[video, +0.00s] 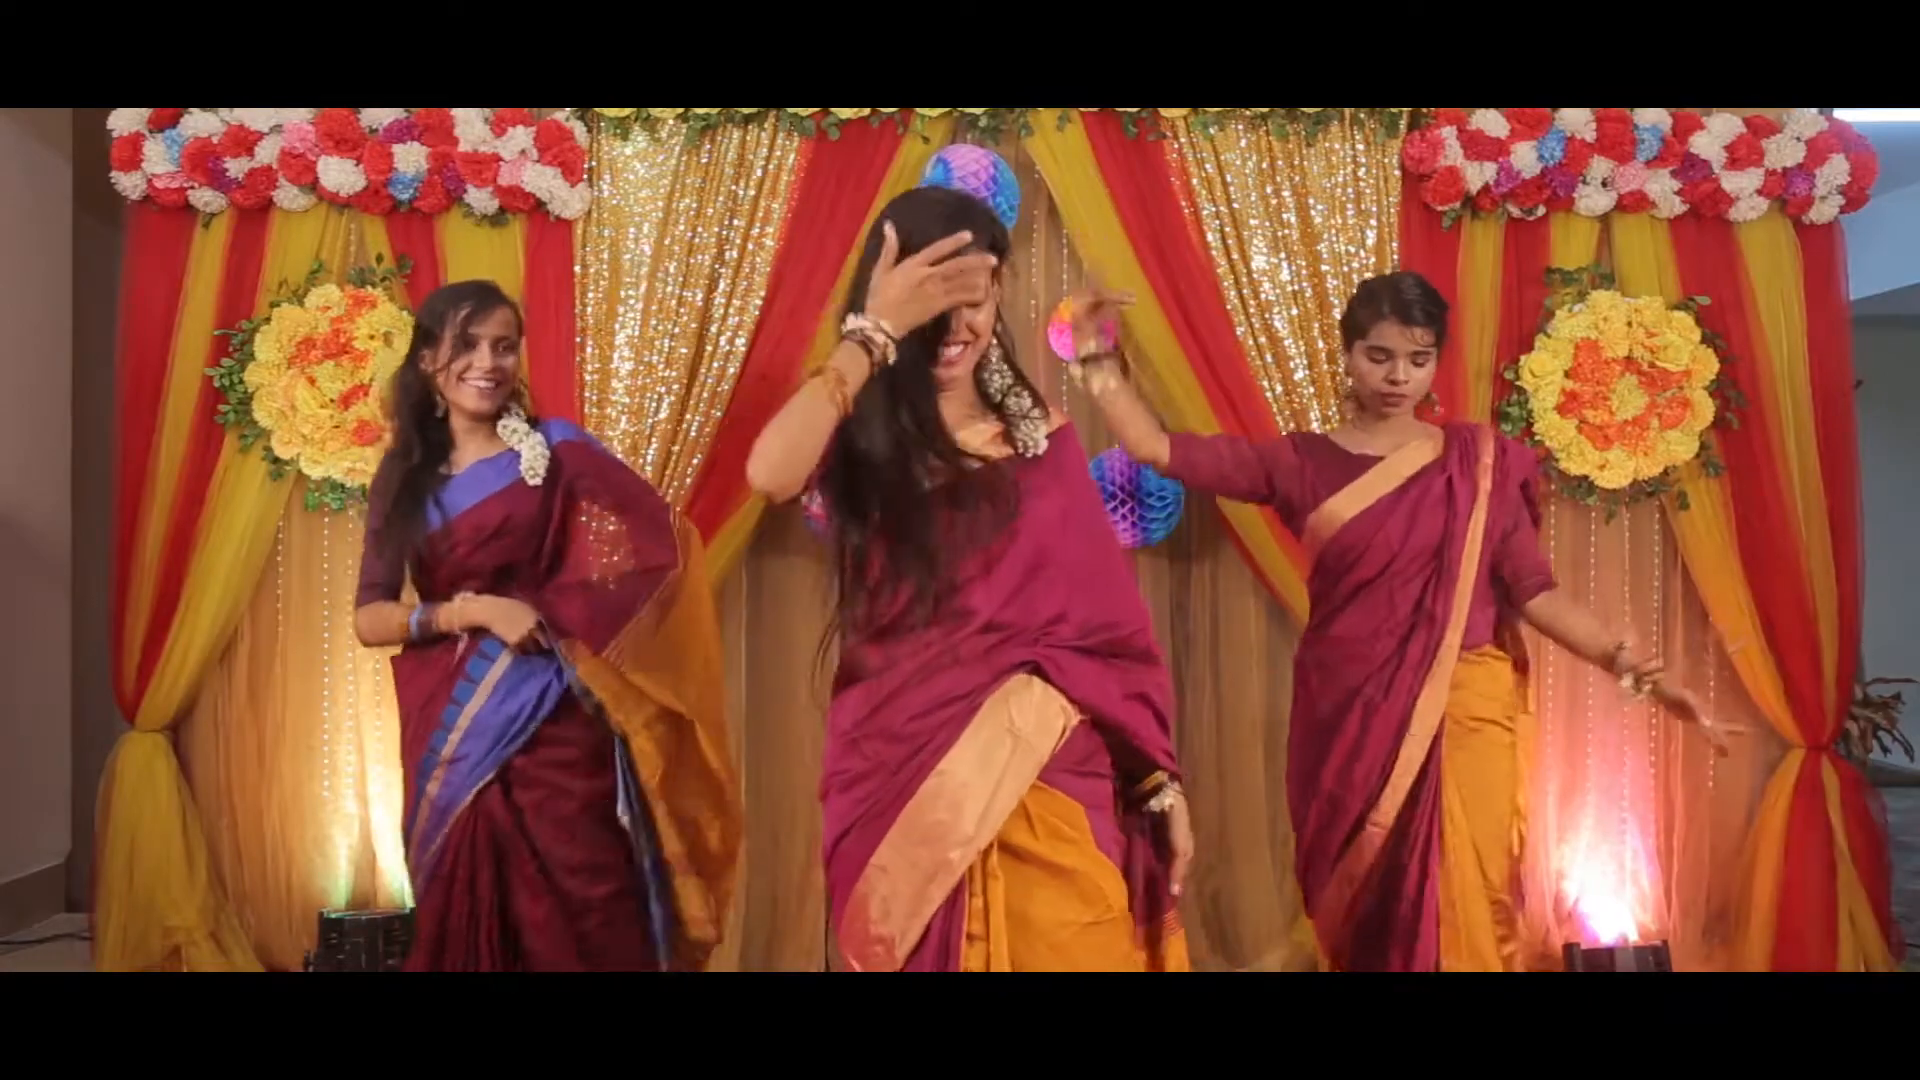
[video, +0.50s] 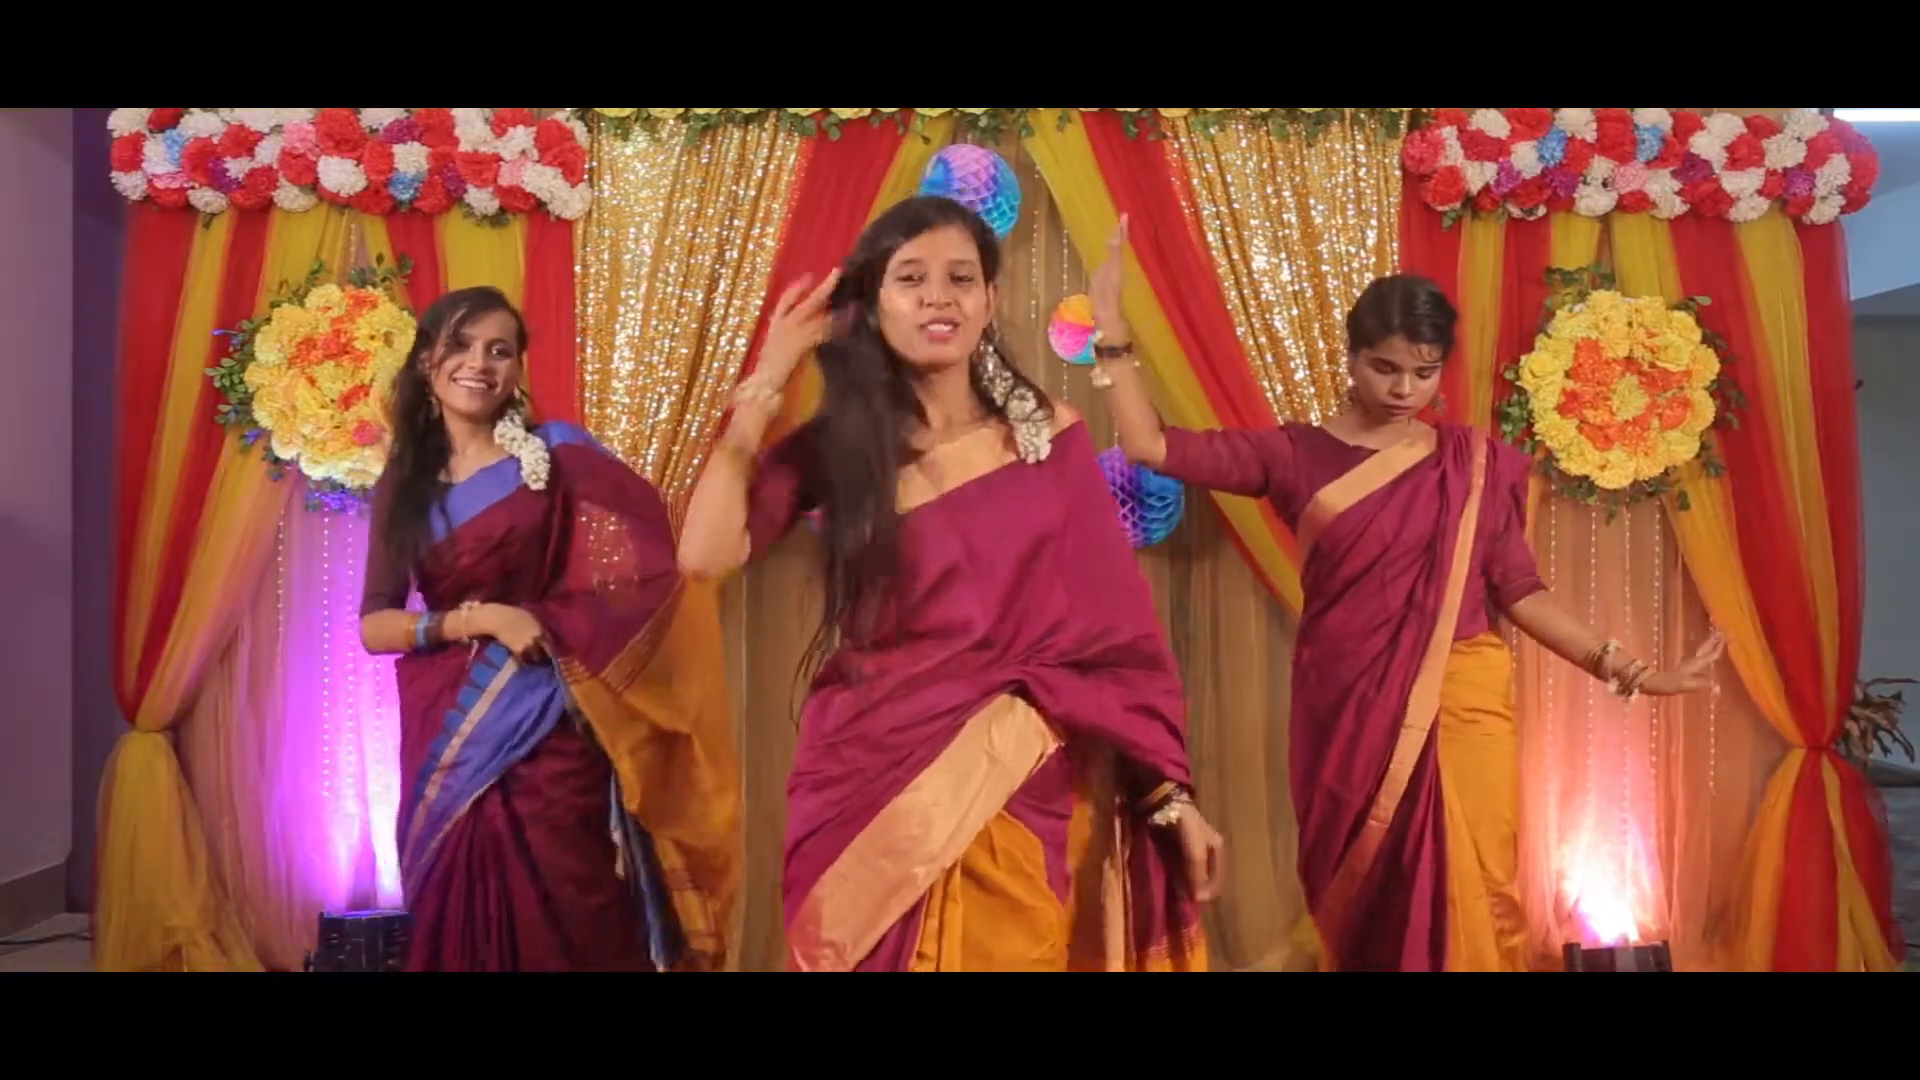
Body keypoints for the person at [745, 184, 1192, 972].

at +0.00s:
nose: (954, 324)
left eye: (973, 298)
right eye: (933, 301)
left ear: (997, 299)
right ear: (889, 307)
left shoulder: (1041, 429)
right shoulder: (863, 434)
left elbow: (1107, 614)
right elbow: (770, 472)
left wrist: (1155, 775)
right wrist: (876, 332)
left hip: (1059, 780)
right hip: (907, 789)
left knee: (1084, 956)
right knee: (914, 958)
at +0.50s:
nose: (939, 299)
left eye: (961, 278)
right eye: (911, 279)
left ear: (991, 302)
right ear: (871, 308)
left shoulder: (1048, 432)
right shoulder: (846, 442)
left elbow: (1119, 628)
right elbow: (703, 553)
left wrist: (1168, 791)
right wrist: (764, 380)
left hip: (1029, 788)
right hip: (870, 788)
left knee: (1023, 956)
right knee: (868, 959)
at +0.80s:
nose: (936, 273)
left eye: (965, 263)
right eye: (917, 252)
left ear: (991, 302)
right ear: (879, 274)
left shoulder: (1027, 427)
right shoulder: (823, 422)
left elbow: (1096, 609)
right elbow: (645, 484)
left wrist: (1205, 735)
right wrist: (659, 341)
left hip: (1032, 754)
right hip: (877, 756)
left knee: (1013, 949)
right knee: (878, 954)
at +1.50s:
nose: (944, 291)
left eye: (970, 277)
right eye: (921, 271)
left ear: (995, 305)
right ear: (880, 291)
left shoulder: (1048, 437)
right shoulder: (844, 431)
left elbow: (1128, 621)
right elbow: (638, 375)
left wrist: (1248, 707)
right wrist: (617, 220)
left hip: (1022, 759)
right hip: (875, 757)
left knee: (1005, 949)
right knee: (868, 953)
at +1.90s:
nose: (946, 281)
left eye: (972, 265)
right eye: (924, 260)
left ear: (1004, 295)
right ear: (888, 286)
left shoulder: (1044, 433)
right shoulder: (841, 421)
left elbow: (1107, 622)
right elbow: (633, 451)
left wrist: (1225, 752)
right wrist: (652, 275)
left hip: (1025, 754)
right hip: (875, 755)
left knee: (1019, 948)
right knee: (883, 955)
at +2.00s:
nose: (944, 285)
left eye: (972, 267)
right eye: (922, 264)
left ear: (1004, 296)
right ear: (892, 285)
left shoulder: (1044, 433)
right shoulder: (840, 427)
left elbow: (1109, 626)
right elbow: (678, 548)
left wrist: (1211, 763)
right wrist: (627, 385)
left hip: (1024, 757)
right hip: (871, 757)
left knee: (1007, 953)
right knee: (875, 956)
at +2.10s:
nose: (943, 290)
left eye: (969, 272)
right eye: (922, 268)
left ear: (1003, 301)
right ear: (889, 289)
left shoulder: (1048, 436)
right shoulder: (834, 439)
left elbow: (1109, 631)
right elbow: (772, 619)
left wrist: (1186, 782)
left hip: (1020, 764)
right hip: (866, 763)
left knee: (998, 952)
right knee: (864, 956)